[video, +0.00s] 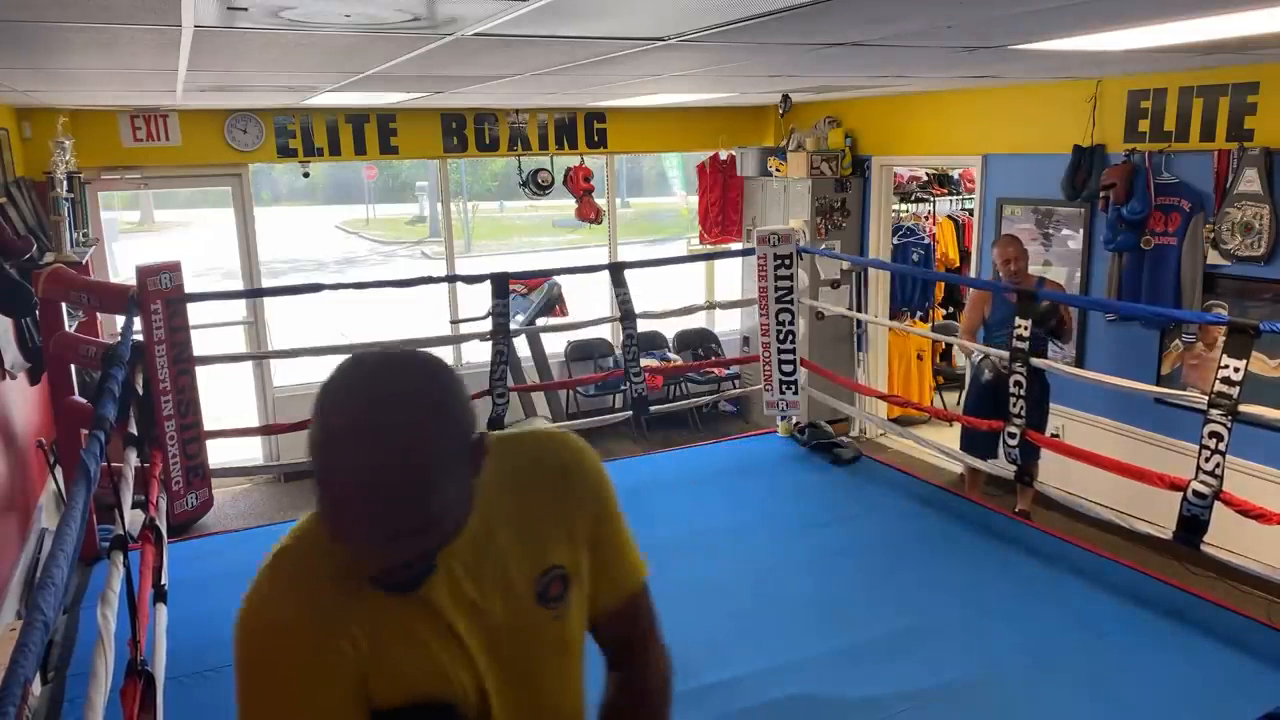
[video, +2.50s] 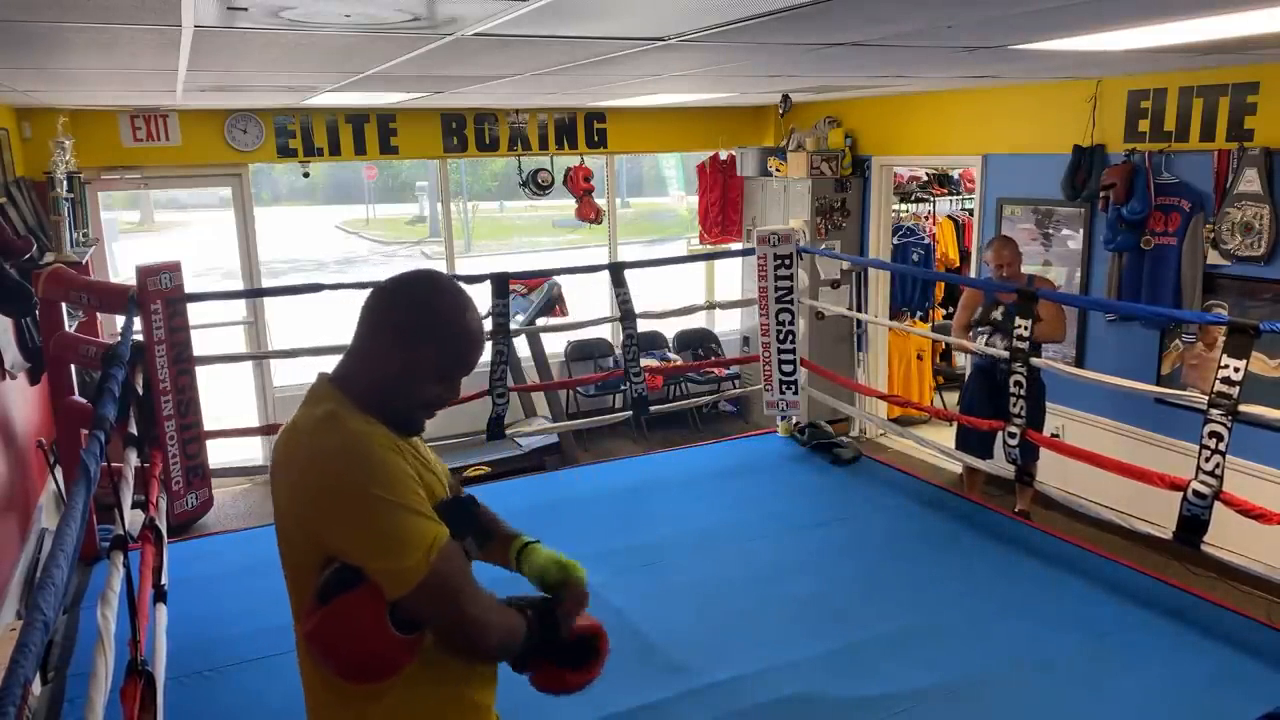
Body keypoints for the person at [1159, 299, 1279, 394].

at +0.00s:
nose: (1220, 327)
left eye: (1224, 323)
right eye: (1215, 322)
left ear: (1226, 327)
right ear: (1201, 325)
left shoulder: (1231, 349)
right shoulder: (1189, 348)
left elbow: (1270, 368)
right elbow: (1162, 369)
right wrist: (1179, 348)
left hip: (1218, 405)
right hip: (1189, 401)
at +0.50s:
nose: (1220, 327)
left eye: (1223, 323)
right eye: (1215, 322)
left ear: (1226, 327)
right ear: (1201, 325)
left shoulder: (1231, 349)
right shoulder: (1189, 348)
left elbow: (1270, 368)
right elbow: (1162, 369)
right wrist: (1181, 350)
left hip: (1218, 405)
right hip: (1189, 401)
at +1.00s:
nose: (1220, 327)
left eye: (1223, 323)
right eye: (1215, 322)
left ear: (1226, 327)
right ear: (1201, 325)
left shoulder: (1231, 349)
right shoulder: (1189, 348)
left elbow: (1270, 368)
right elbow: (1162, 369)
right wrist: (1182, 352)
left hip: (1219, 406)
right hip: (1189, 401)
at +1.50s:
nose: (1220, 327)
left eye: (1223, 322)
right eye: (1215, 322)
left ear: (1226, 327)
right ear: (1201, 325)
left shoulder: (1231, 349)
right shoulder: (1189, 349)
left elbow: (1270, 368)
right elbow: (1162, 369)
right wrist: (1180, 351)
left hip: (1219, 405)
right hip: (1189, 400)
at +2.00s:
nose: (1220, 327)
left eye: (1223, 323)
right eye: (1215, 322)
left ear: (1226, 327)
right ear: (1201, 325)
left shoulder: (1231, 349)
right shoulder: (1189, 349)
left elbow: (1270, 368)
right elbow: (1162, 369)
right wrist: (1180, 351)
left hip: (1218, 405)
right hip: (1189, 400)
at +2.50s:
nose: (1220, 327)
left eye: (1223, 323)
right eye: (1215, 322)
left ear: (1226, 327)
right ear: (1201, 325)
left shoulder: (1231, 349)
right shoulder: (1189, 349)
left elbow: (1270, 368)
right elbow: (1162, 369)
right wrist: (1179, 351)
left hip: (1218, 405)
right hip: (1189, 400)